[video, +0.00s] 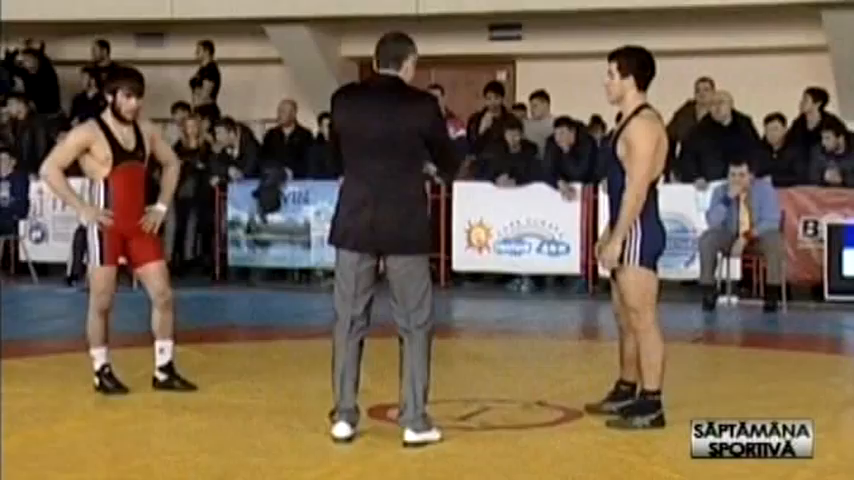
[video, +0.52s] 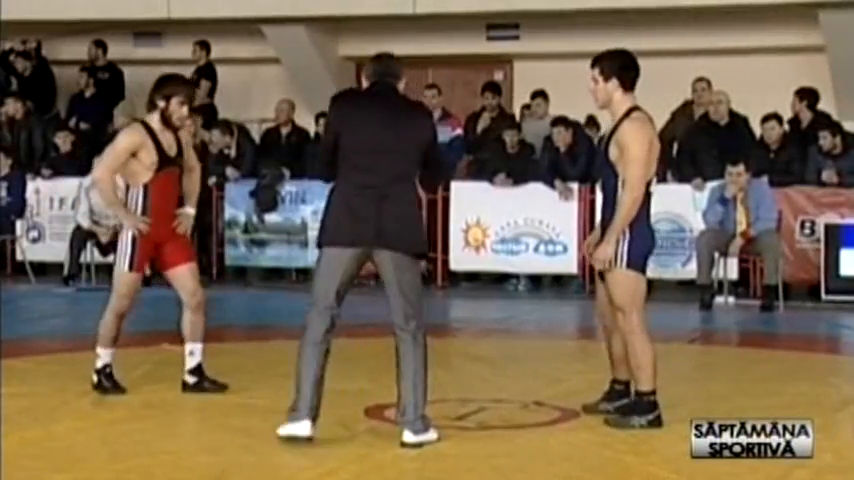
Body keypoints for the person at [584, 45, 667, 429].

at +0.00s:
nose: (606, 82)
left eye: (612, 75)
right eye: (607, 75)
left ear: (631, 79)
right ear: (628, 80)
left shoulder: (643, 125)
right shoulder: (627, 123)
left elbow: (637, 189)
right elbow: (624, 186)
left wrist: (617, 237)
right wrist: (611, 235)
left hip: (639, 227)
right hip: (624, 224)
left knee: (641, 315)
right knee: (625, 313)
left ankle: (650, 398)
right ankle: (628, 384)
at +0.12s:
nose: (604, 83)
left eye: (610, 75)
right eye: (605, 75)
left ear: (629, 80)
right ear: (626, 81)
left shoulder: (641, 125)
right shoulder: (625, 123)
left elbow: (636, 188)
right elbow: (621, 186)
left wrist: (615, 237)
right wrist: (608, 234)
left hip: (637, 227)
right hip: (622, 224)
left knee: (638, 314)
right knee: (622, 312)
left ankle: (648, 397)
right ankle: (626, 384)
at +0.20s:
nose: (603, 83)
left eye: (609, 75)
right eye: (604, 75)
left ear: (628, 80)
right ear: (626, 80)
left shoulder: (640, 125)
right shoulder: (625, 123)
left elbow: (635, 187)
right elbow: (621, 186)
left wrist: (614, 237)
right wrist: (607, 234)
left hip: (636, 227)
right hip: (622, 224)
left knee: (637, 314)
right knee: (621, 311)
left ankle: (647, 397)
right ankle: (626, 384)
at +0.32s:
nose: (600, 84)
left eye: (605, 76)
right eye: (601, 76)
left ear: (624, 80)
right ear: (625, 80)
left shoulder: (639, 125)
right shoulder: (624, 123)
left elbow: (635, 188)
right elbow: (620, 187)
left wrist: (614, 238)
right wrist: (606, 234)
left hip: (634, 228)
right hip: (620, 225)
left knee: (633, 314)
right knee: (620, 311)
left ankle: (646, 397)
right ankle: (625, 383)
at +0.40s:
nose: (598, 86)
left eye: (603, 78)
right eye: (599, 78)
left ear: (622, 82)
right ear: (624, 82)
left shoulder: (638, 126)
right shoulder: (623, 124)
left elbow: (635, 189)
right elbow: (618, 188)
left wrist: (613, 239)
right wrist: (605, 235)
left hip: (633, 229)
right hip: (618, 226)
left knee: (632, 313)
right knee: (618, 311)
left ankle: (646, 398)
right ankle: (625, 384)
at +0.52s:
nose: (591, 88)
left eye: (595, 81)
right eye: (592, 80)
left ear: (614, 83)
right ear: (618, 83)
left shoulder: (635, 127)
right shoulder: (620, 125)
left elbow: (635, 190)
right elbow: (616, 189)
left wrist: (612, 239)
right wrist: (600, 233)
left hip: (630, 231)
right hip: (614, 228)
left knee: (630, 318)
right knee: (610, 315)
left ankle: (646, 399)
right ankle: (622, 385)